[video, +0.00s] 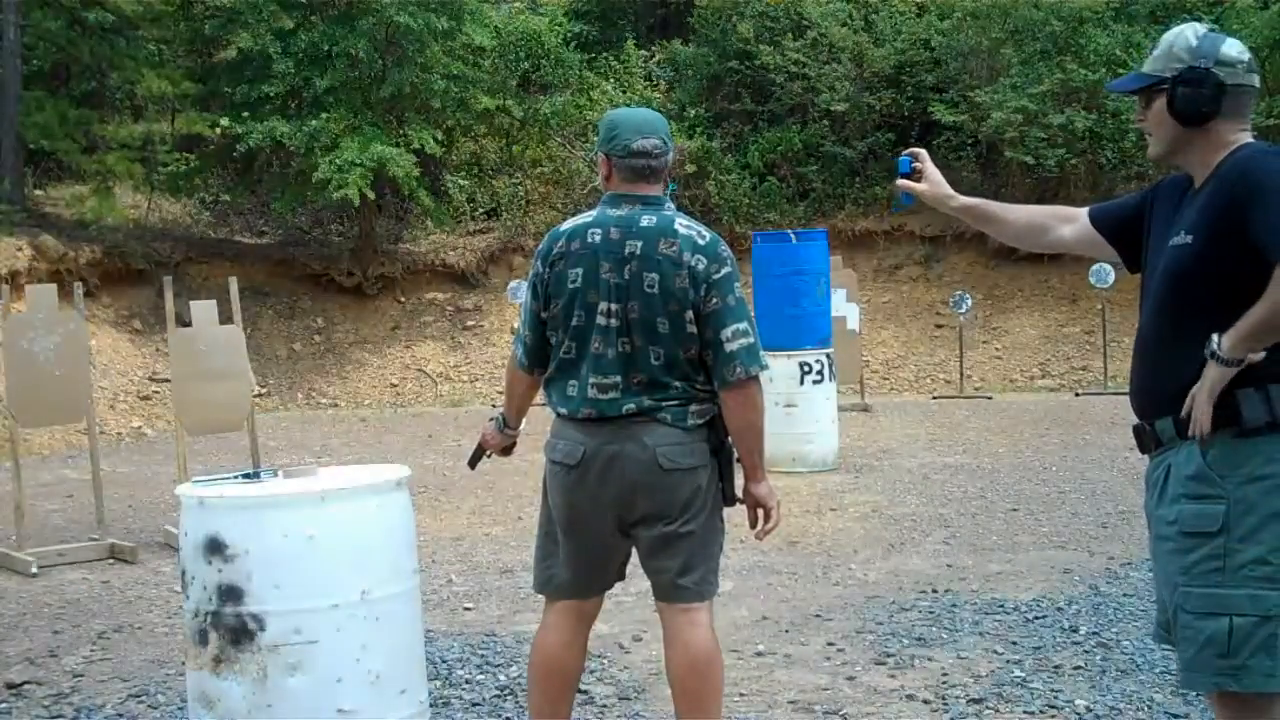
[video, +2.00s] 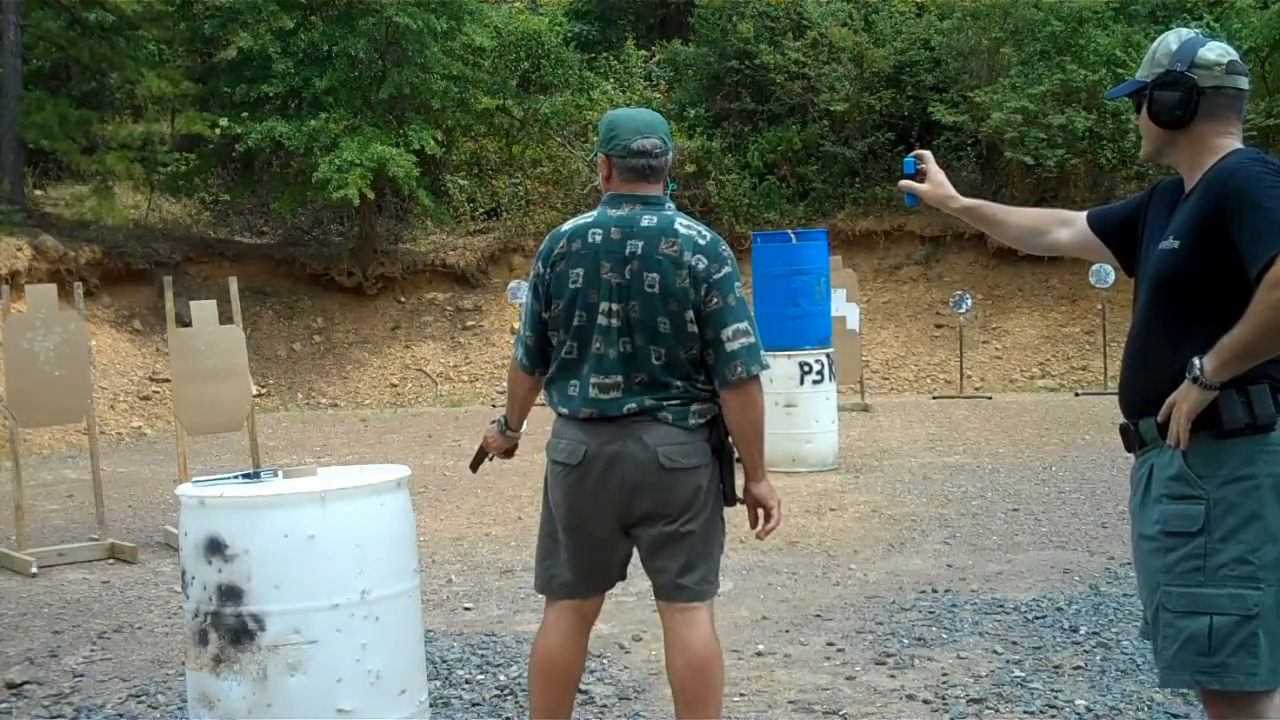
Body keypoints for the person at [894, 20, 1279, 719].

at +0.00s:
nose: (1140, 114)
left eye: (1150, 98)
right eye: (1141, 99)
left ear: (1195, 97)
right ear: (1202, 102)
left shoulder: (1258, 177)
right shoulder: (1169, 199)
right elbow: (1060, 228)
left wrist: (1229, 352)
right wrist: (951, 203)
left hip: (1236, 459)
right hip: (1186, 460)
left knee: (1245, 687)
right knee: (1229, 679)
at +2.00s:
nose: (1138, 114)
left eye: (1144, 100)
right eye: (1139, 101)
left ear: (1174, 102)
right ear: (1212, 104)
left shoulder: (1246, 180)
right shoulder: (1166, 201)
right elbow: (1059, 230)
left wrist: (1209, 374)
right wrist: (952, 202)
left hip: (1226, 458)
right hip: (1178, 457)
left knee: (1239, 689)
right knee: (1226, 682)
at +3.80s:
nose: (1150, 116)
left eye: (1154, 101)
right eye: (1150, 102)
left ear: (1180, 102)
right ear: (1228, 100)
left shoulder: (1245, 179)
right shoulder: (1197, 194)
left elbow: (1274, 282)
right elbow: (1093, 236)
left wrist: (1197, 381)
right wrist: (979, 209)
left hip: (1230, 461)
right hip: (1210, 456)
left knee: (1244, 692)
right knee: (1241, 685)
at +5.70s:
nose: (1145, 115)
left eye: (1150, 101)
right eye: (1146, 101)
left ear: (1176, 103)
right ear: (1224, 101)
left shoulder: (1242, 180)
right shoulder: (1189, 196)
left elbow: (1273, 284)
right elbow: (1085, 238)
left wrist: (1193, 383)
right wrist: (974, 212)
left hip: (1224, 462)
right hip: (1205, 456)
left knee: (1241, 689)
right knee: (1240, 683)